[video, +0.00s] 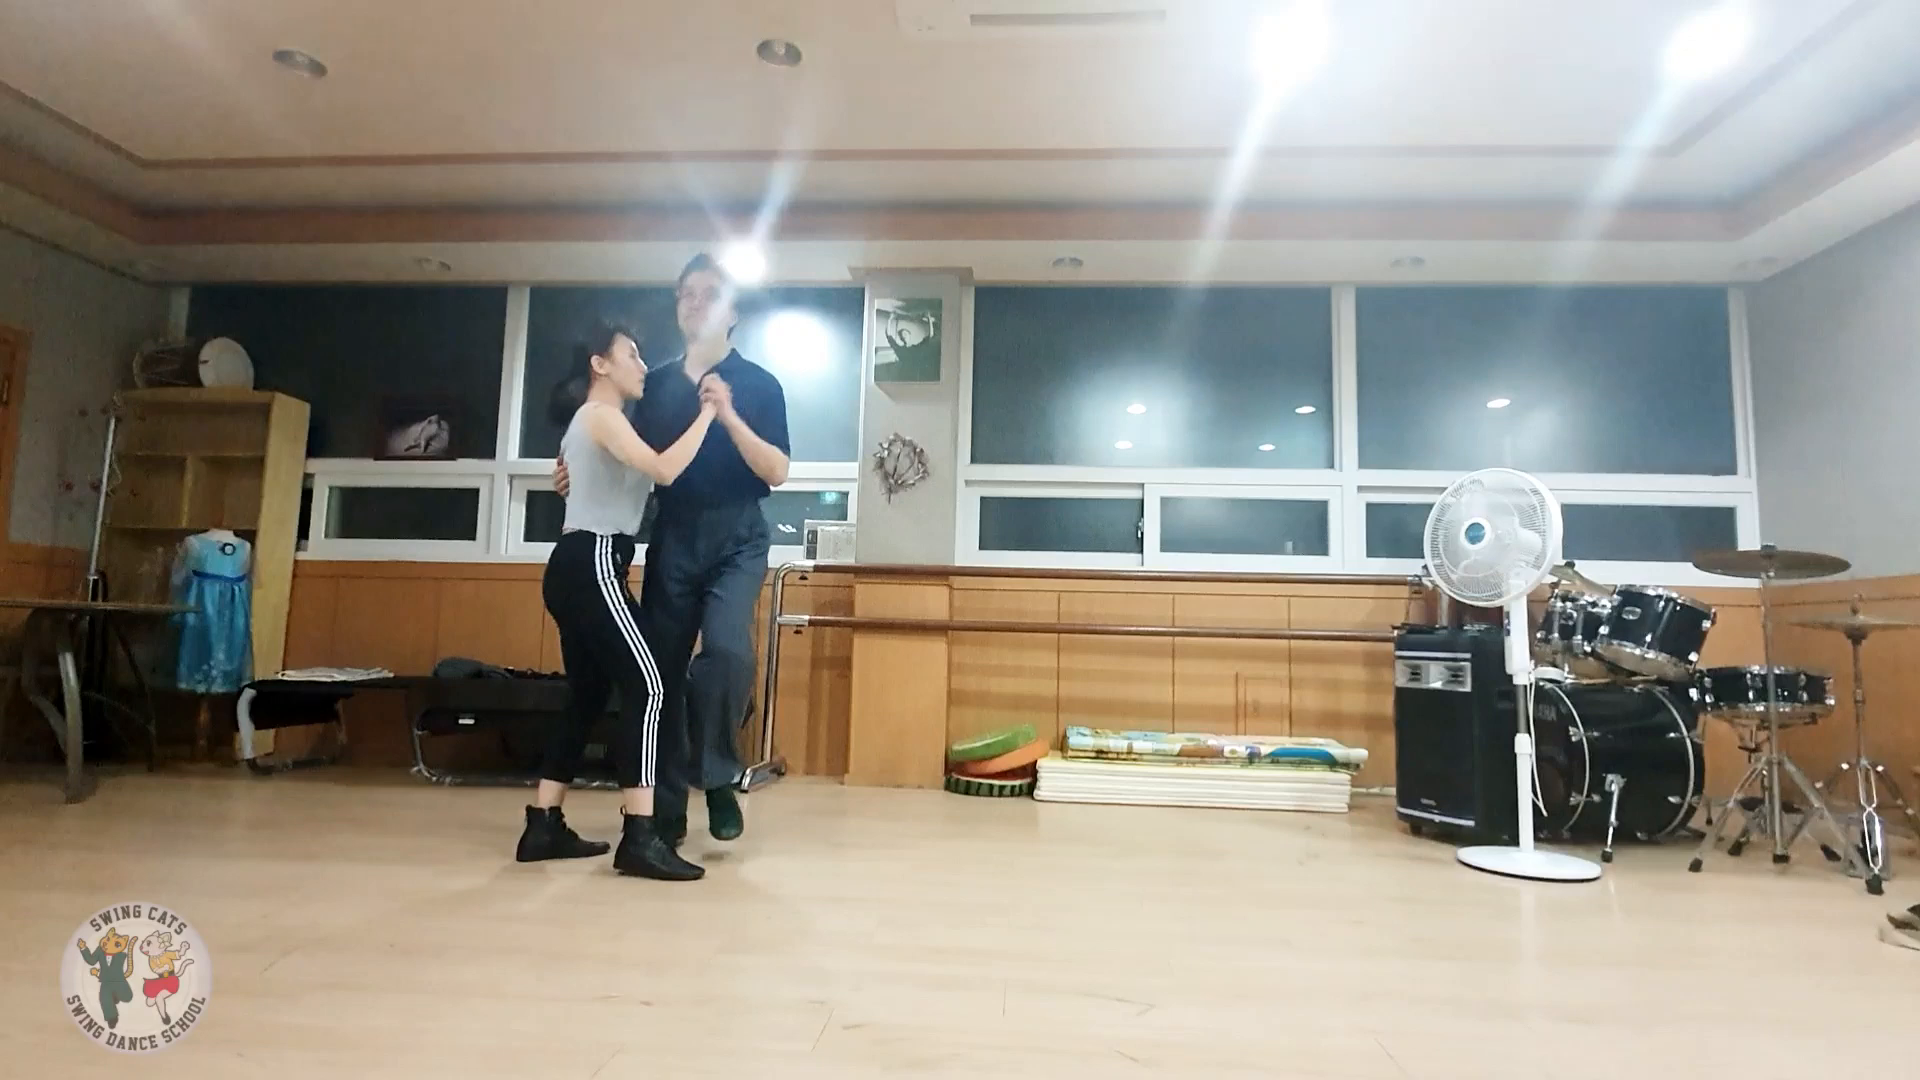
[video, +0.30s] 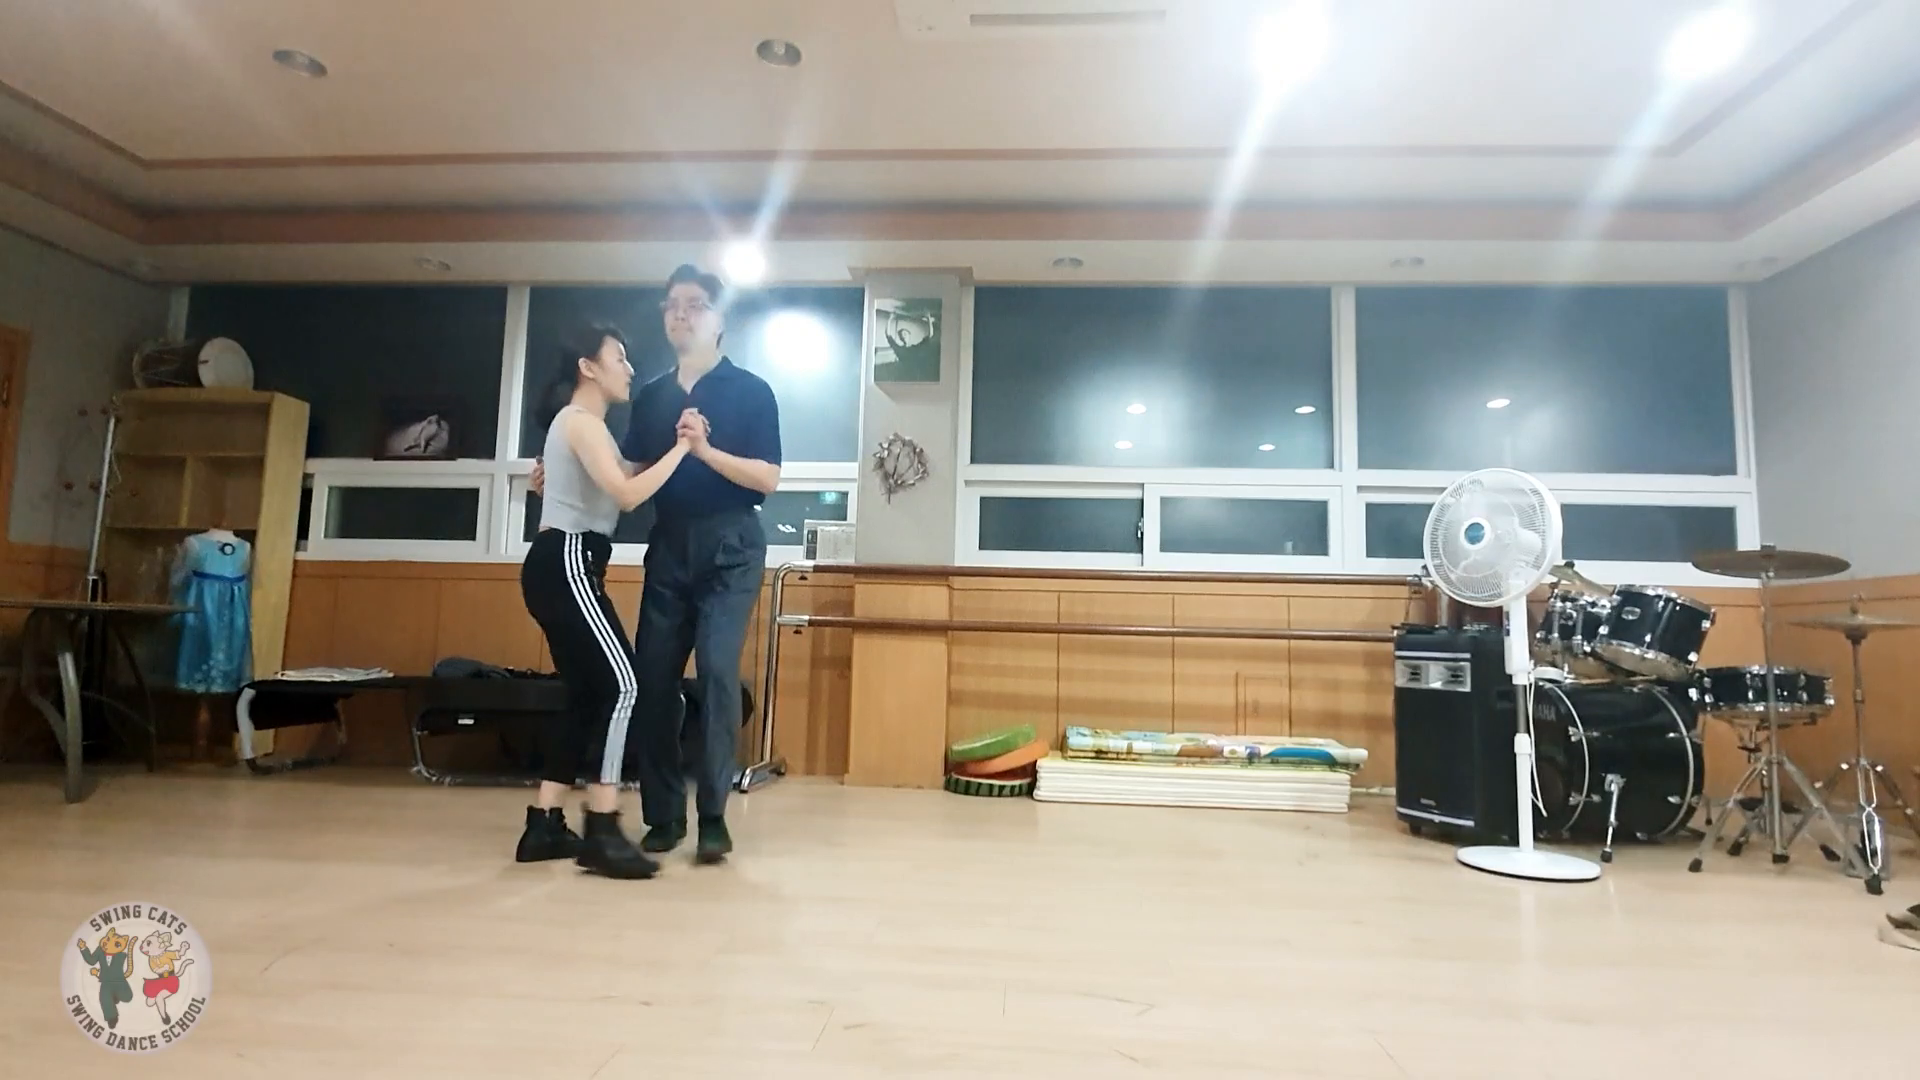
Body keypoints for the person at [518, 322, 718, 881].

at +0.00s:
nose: (643, 365)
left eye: (640, 355)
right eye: (632, 355)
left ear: (605, 368)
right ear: (600, 365)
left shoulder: (591, 422)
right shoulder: (601, 416)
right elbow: (664, 469)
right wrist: (709, 416)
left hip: (576, 565)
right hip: (593, 566)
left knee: (587, 693)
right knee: (650, 688)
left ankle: (543, 825)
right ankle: (640, 836)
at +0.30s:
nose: (630, 368)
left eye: (627, 359)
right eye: (620, 359)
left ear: (591, 371)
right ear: (588, 368)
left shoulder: (578, 423)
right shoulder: (581, 423)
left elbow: (611, 489)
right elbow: (626, 494)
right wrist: (683, 448)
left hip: (558, 563)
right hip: (566, 565)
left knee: (585, 691)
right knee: (624, 685)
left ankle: (544, 825)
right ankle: (603, 829)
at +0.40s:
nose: (620, 367)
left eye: (617, 358)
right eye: (610, 358)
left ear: (583, 367)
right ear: (578, 365)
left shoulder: (577, 421)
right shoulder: (566, 420)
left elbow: (610, 489)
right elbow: (617, 492)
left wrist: (648, 464)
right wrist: (674, 452)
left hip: (560, 560)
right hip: (547, 560)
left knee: (587, 686)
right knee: (595, 686)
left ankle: (547, 818)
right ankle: (535, 821)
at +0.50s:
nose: (610, 371)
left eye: (607, 361)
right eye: (599, 361)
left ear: (571, 373)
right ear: (565, 370)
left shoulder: (568, 426)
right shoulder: (553, 422)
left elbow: (596, 488)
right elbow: (605, 493)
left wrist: (633, 470)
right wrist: (664, 463)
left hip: (553, 564)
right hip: (529, 562)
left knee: (575, 693)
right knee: (560, 698)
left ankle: (545, 826)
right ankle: (471, 809)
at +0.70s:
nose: (584, 375)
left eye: (583, 364)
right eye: (572, 364)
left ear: (549, 374)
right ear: (536, 371)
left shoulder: (554, 436)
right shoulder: (514, 422)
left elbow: (566, 510)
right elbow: (579, 488)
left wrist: (617, 475)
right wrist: (641, 465)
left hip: (516, 571)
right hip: (477, 564)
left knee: (559, 688)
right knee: (483, 700)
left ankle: (544, 826)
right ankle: (432, 826)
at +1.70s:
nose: (595, 381)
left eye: (600, 375)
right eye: (582, 371)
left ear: (605, 390)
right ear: (554, 381)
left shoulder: (603, 455)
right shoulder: (531, 429)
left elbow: (637, 515)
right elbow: (560, 465)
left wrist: (674, 464)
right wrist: (620, 445)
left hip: (561, 574)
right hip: (513, 566)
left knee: (601, 674)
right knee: (518, 688)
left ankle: (574, 800)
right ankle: (498, 815)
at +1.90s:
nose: (611, 382)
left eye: (616, 371)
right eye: (600, 371)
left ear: (627, 381)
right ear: (581, 382)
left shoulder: (642, 437)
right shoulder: (565, 434)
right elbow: (555, 463)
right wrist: (575, 421)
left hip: (611, 569)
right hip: (560, 564)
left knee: (632, 686)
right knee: (547, 688)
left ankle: (622, 805)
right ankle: (504, 815)